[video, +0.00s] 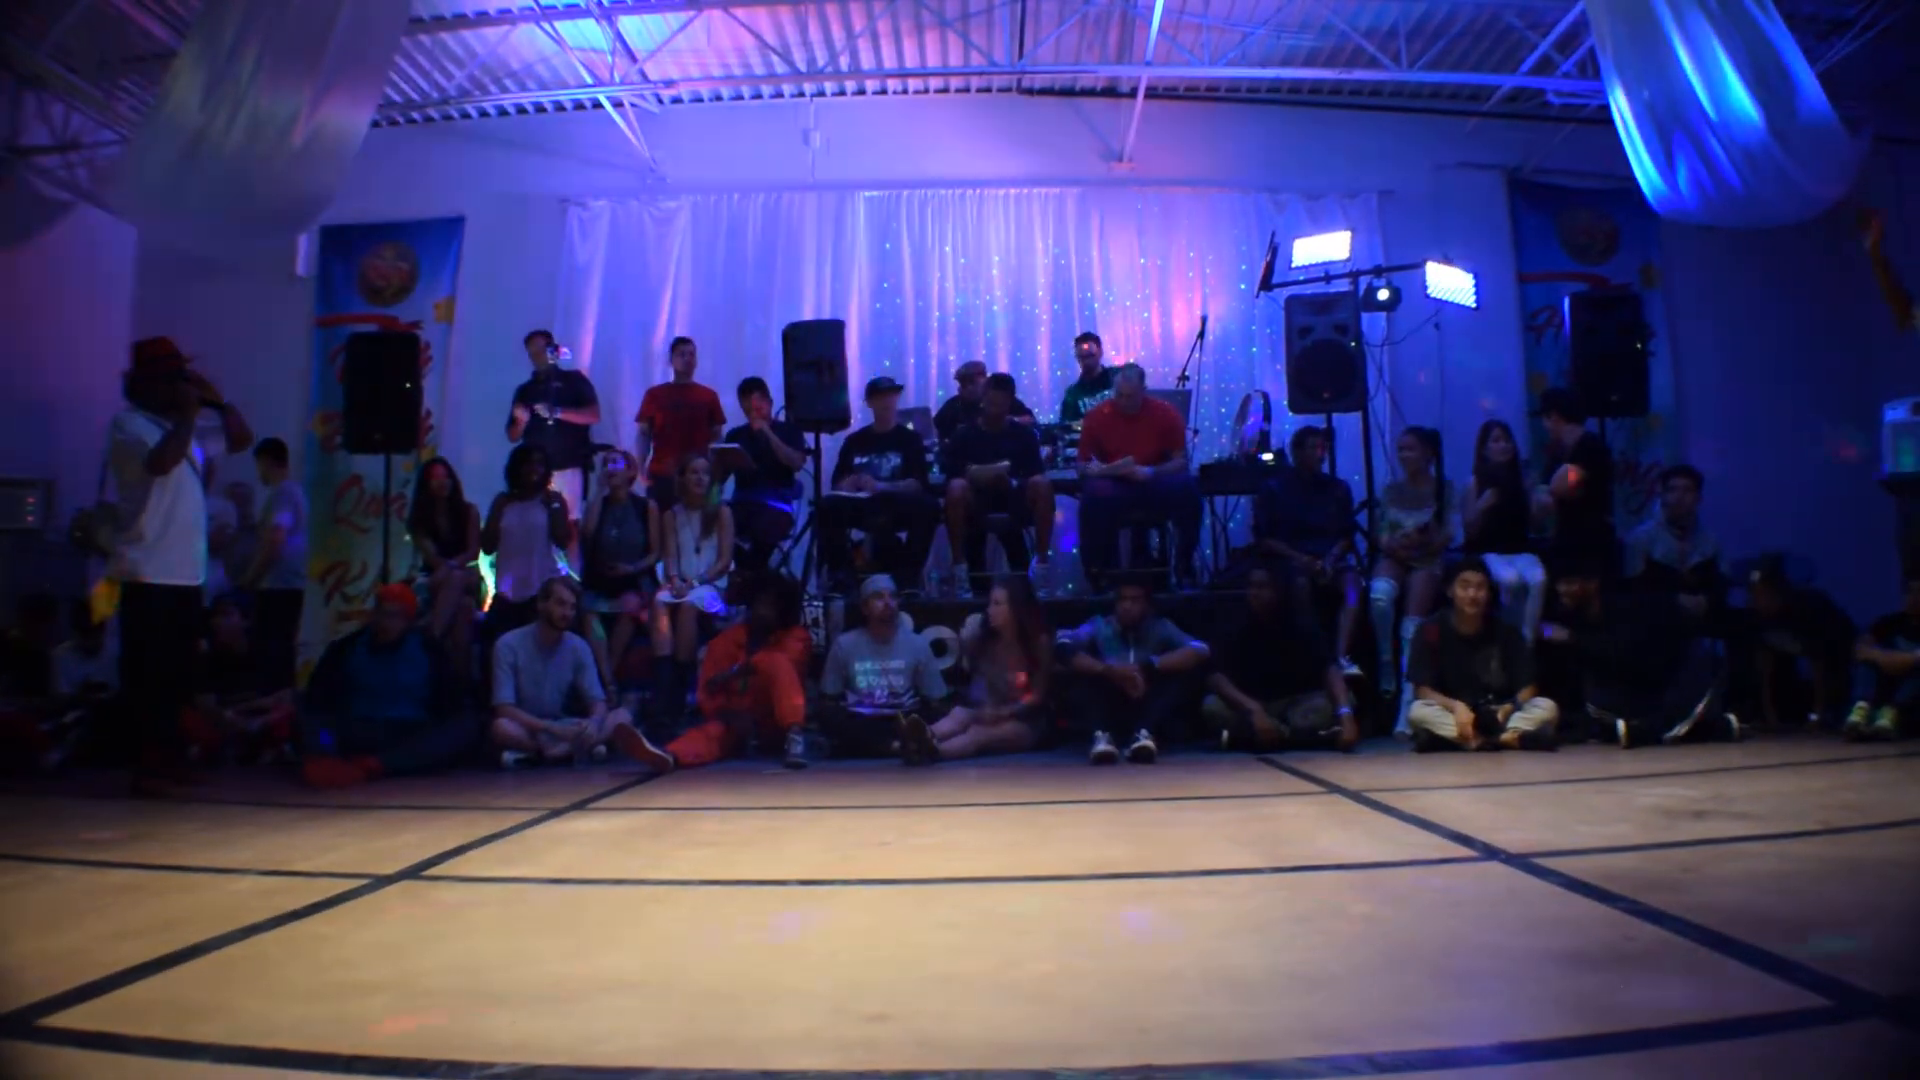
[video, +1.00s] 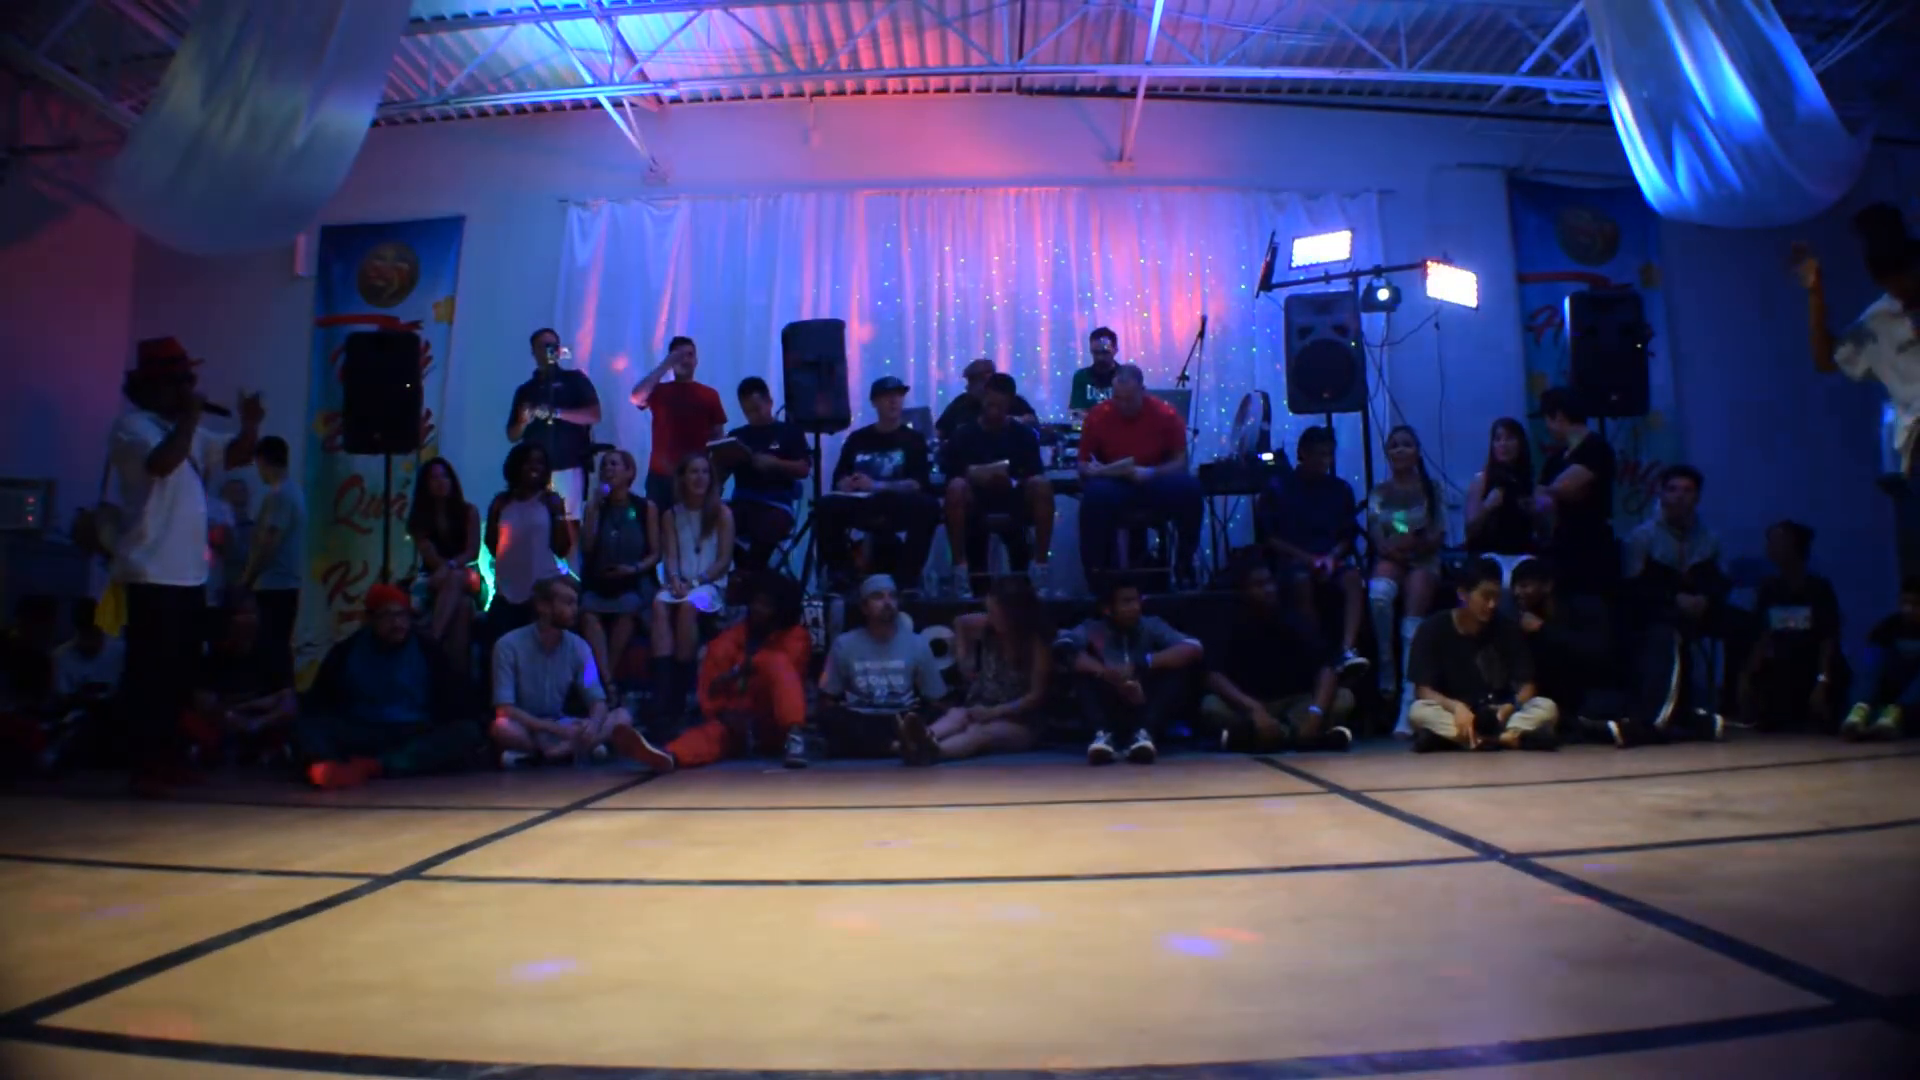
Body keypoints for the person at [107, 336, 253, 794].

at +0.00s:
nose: (179, 388)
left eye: (180, 380)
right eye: (169, 380)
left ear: (180, 384)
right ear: (146, 385)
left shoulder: (180, 432)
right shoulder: (129, 426)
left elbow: (240, 440)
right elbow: (159, 462)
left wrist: (216, 400)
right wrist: (188, 413)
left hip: (185, 579)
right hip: (149, 578)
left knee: (179, 678)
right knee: (149, 679)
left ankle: (174, 762)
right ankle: (147, 768)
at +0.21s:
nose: (179, 389)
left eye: (180, 381)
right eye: (171, 382)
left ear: (177, 385)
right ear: (148, 386)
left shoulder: (180, 430)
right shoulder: (128, 426)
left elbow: (239, 438)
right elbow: (159, 462)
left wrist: (214, 398)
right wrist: (188, 412)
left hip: (184, 579)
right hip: (148, 579)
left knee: (177, 680)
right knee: (148, 680)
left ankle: (170, 765)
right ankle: (145, 770)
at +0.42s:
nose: (185, 390)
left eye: (186, 382)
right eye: (177, 382)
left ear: (178, 388)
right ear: (155, 386)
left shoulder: (184, 434)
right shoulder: (133, 426)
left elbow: (242, 441)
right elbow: (166, 461)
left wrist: (218, 399)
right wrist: (193, 411)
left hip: (187, 579)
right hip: (152, 578)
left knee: (181, 678)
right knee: (151, 680)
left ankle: (172, 762)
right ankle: (147, 769)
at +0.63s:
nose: (187, 389)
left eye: (188, 382)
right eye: (179, 382)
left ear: (179, 387)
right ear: (156, 386)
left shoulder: (181, 432)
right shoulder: (138, 427)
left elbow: (240, 444)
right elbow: (169, 463)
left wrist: (226, 405)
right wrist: (197, 411)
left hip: (186, 579)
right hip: (154, 579)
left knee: (180, 678)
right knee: (152, 679)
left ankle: (171, 762)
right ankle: (147, 768)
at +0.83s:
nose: (187, 390)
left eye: (188, 382)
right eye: (178, 382)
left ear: (183, 386)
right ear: (153, 386)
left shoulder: (180, 430)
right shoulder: (135, 426)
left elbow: (238, 455)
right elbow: (170, 464)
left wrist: (229, 410)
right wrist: (197, 414)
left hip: (187, 578)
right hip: (154, 578)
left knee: (181, 679)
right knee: (153, 679)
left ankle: (173, 761)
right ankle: (149, 768)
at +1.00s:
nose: (189, 391)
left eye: (189, 383)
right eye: (179, 383)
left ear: (184, 386)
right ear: (154, 387)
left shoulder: (187, 433)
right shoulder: (132, 426)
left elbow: (236, 456)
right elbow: (160, 464)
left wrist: (248, 428)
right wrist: (189, 418)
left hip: (188, 577)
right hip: (151, 575)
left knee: (181, 677)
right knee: (151, 677)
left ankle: (172, 761)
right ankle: (146, 767)